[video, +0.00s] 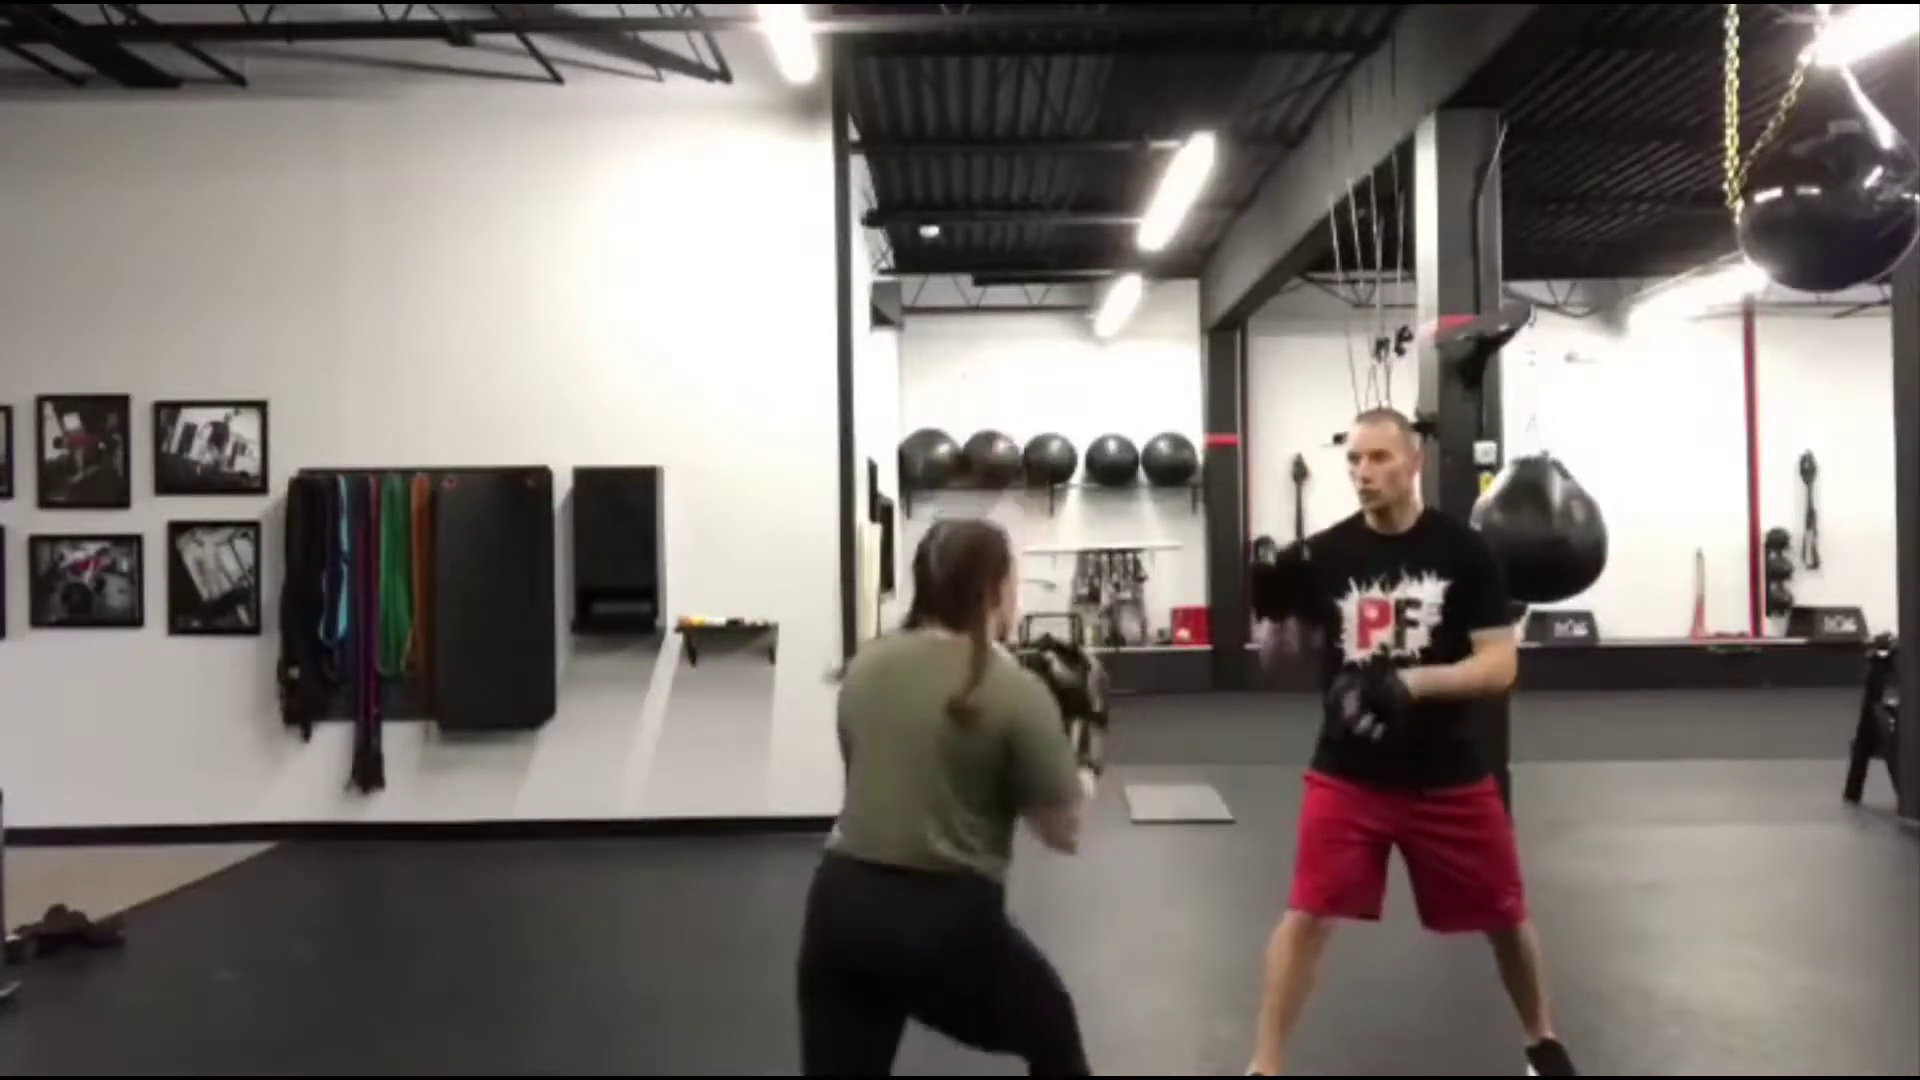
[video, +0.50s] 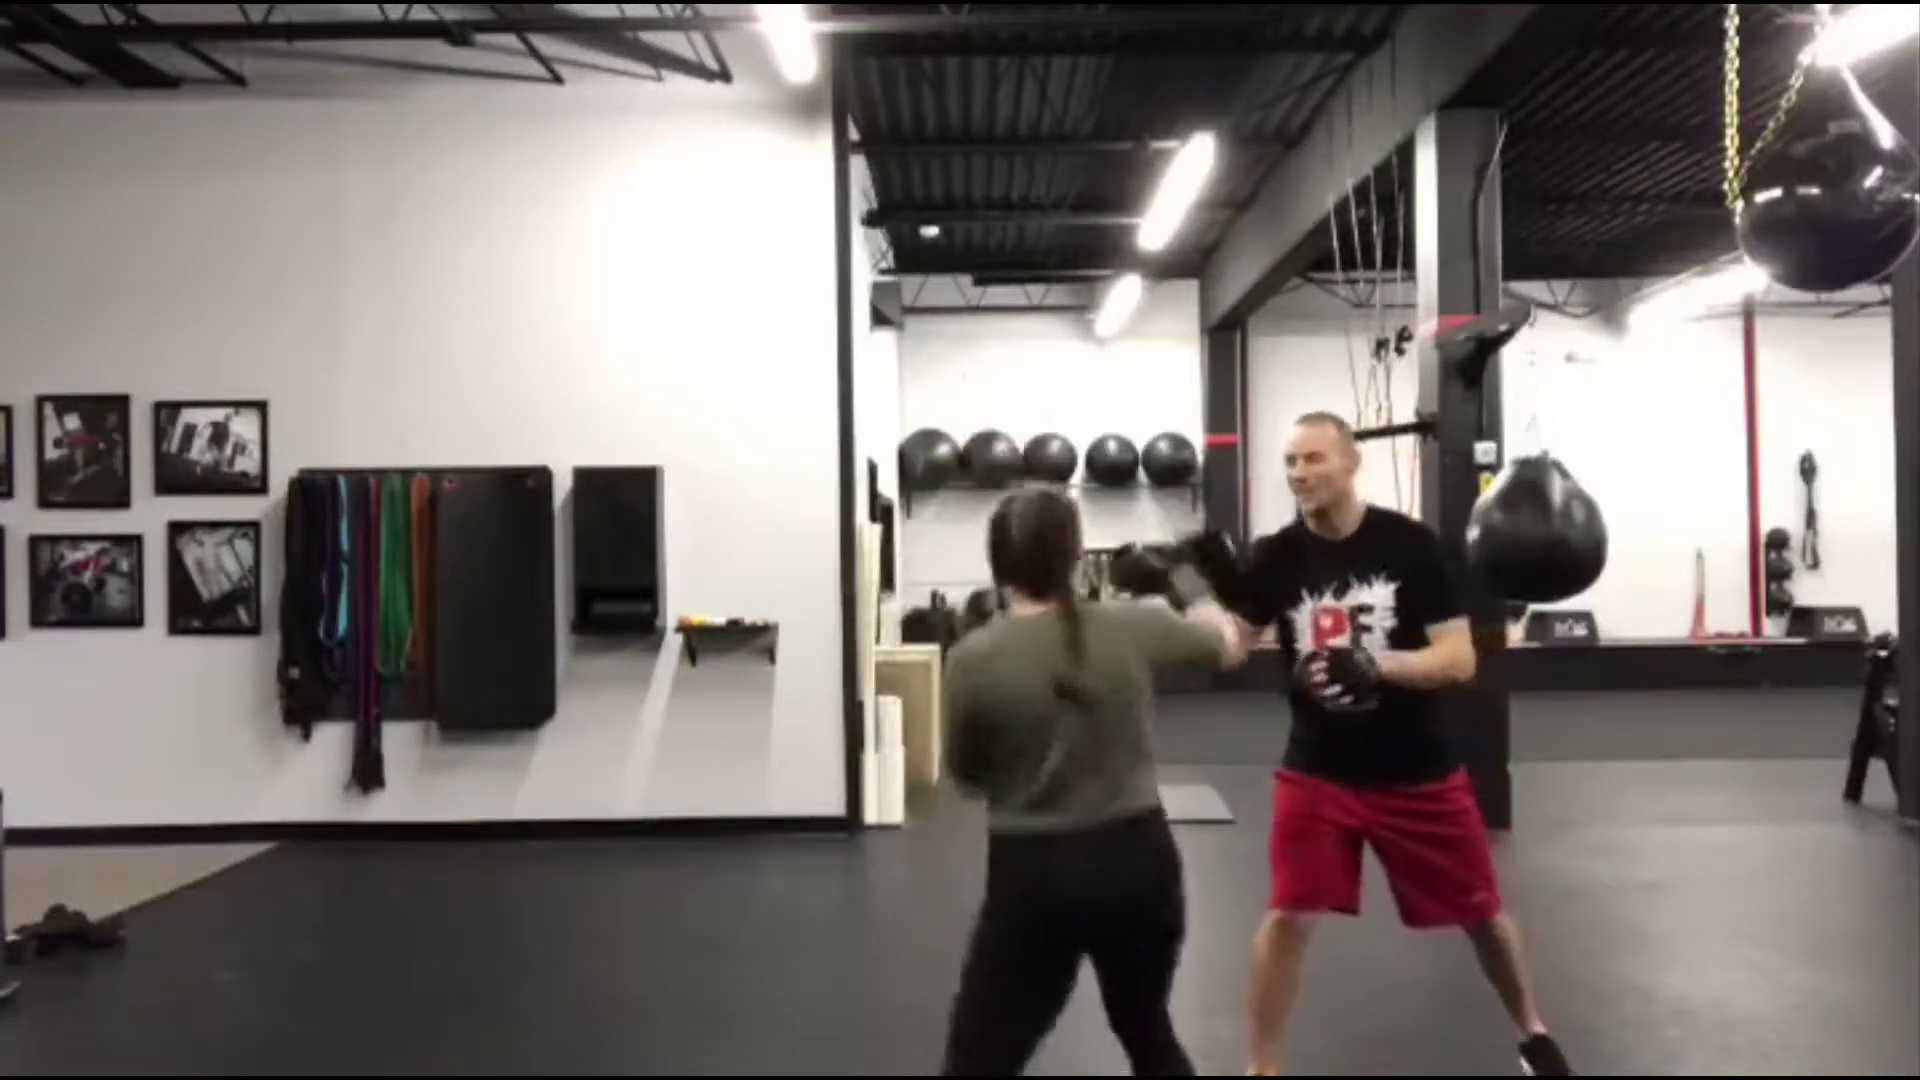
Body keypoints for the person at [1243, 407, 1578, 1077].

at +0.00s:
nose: (1365, 471)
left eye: (1379, 457)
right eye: (1356, 460)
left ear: (1415, 460)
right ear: (1347, 467)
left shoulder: (1464, 550)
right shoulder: (1326, 553)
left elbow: (1499, 665)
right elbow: (1288, 654)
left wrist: (1409, 682)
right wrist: (1275, 603)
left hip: (1452, 778)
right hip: (1348, 775)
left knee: (1508, 921)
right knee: (1308, 914)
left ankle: (1543, 1043)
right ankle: (1265, 1063)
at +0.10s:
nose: (1365, 473)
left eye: (1379, 458)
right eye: (1356, 461)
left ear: (1414, 460)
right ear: (1347, 468)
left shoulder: (1463, 550)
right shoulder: (1330, 551)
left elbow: (1496, 665)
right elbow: (1278, 655)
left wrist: (1409, 670)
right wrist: (1278, 588)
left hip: (1452, 779)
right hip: (1348, 775)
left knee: (1508, 921)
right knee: (1305, 915)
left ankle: (1543, 1044)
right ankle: (1265, 1064)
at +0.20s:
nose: (1359, 474)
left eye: (1374, 460)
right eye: (1351, 463)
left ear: (1412, 462)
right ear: (1343, 471)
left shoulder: (1463, 551)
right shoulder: (1330, 552)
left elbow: (1494, 665)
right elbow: (1266, 645)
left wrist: (1414, 668)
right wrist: (1277, 552)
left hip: (1453, 782)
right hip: (1349, 777)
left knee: (1509, 925)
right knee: (1304, 916)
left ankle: (1543, 1045)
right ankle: (1264, 1064)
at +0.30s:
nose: (1342, 474)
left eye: (1358, 460)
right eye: (1335, 462)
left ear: (1398, 466)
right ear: (1329, 470)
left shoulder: (1452, 551)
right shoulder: (1320, 554)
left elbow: (1489, 663)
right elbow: (1253, 634)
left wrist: (1405, 667)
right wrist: (1232, 583)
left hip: (1450, 782)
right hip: (1344, 776)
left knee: (1507, 925)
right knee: (1302, 914)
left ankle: (1544, 1046)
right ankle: (1264, 1065)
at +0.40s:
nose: (1319, 477)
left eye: (1334, 464)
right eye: (1312, 465)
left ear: (1371, 468)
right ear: (1308, 474)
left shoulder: (1434, 549)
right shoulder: (1297, 559)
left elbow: (1474, 661)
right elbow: (1242, 630)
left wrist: (1386, 667)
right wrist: (1204, 557)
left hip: (1435, 779)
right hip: (1332, 778)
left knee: (1498, 924)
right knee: (1294, 918)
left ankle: (1543, 1041)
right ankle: (1263, 1065)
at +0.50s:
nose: (1300, 473)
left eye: (1314, 459)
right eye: (1291, 462)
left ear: (1353, 463)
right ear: (1286, 472)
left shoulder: (1414, 546)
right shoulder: (1274, 557)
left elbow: (1458, 659)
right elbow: (1230, 637)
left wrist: (1373, 664)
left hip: (1421, 774)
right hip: (1318, 775)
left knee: (1485, 915)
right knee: (1288, 915)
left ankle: (1534, 1034)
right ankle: (1262, 1065)